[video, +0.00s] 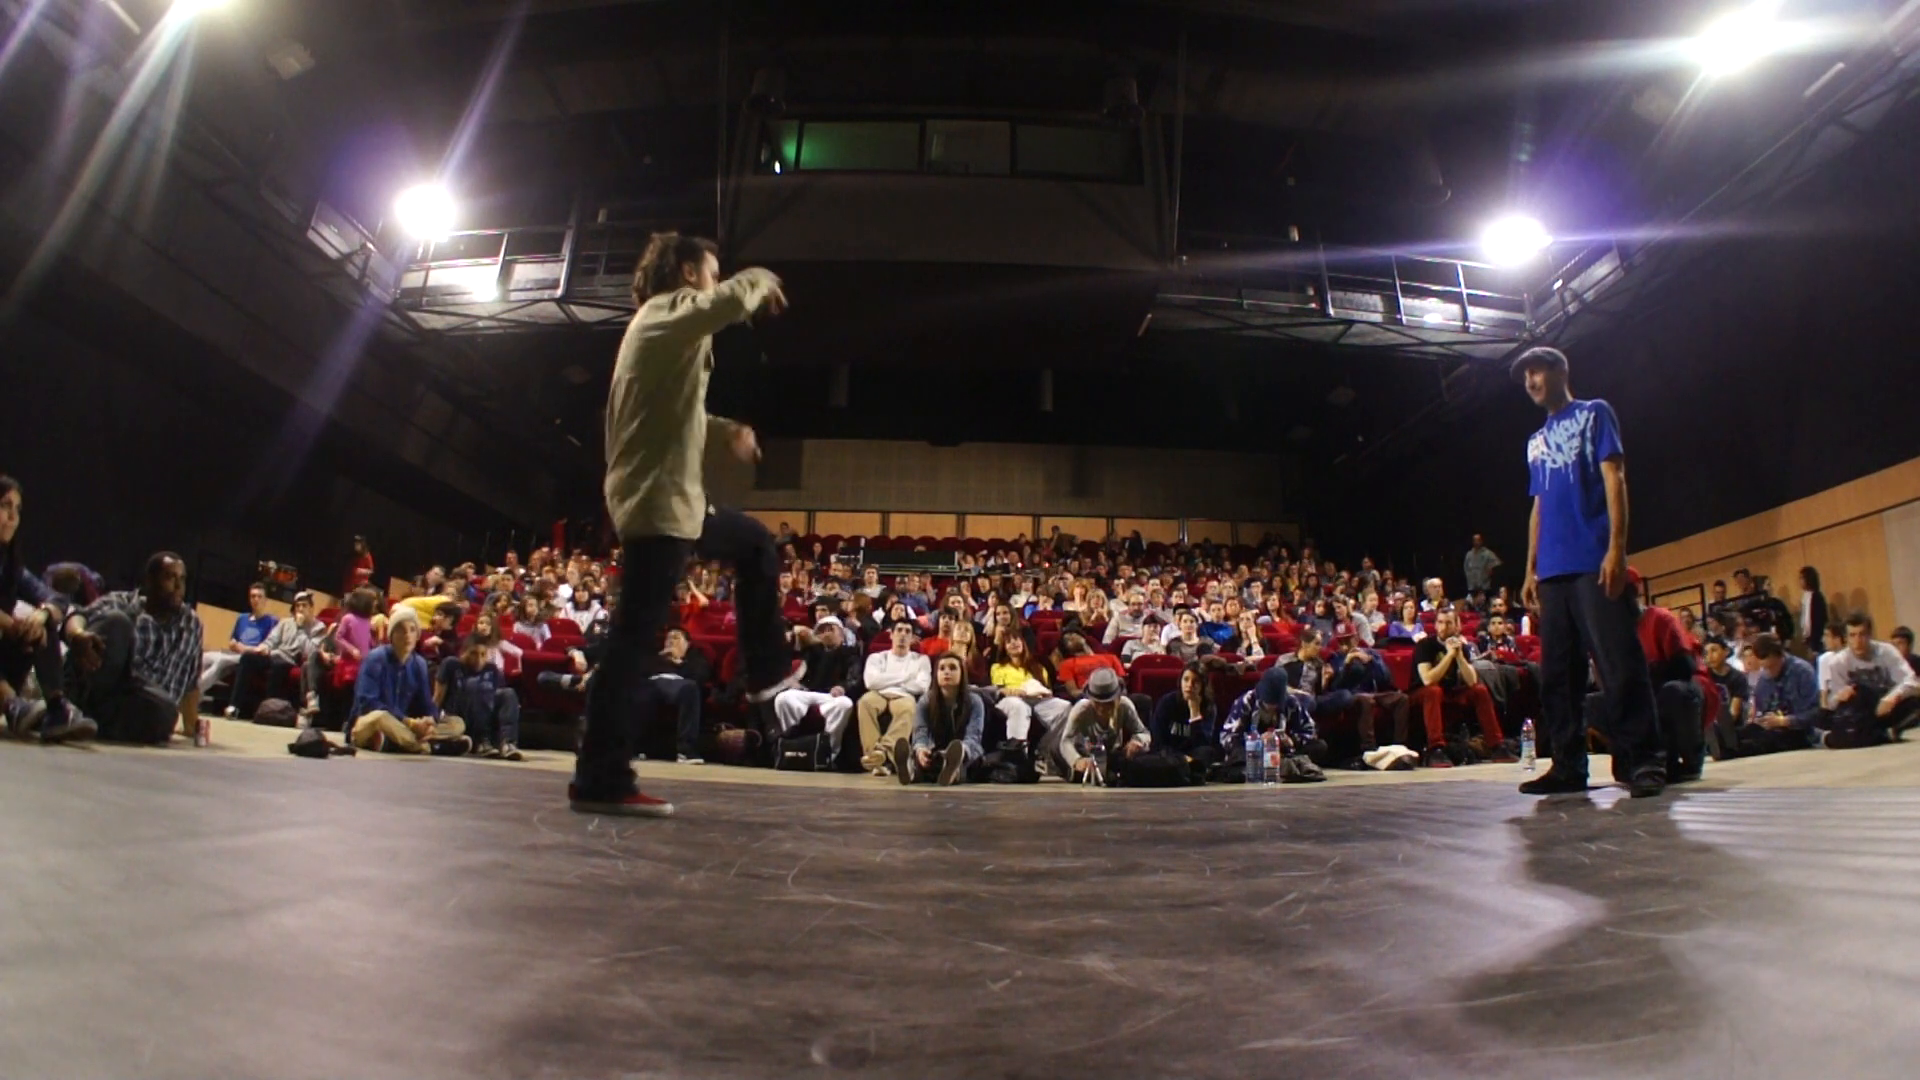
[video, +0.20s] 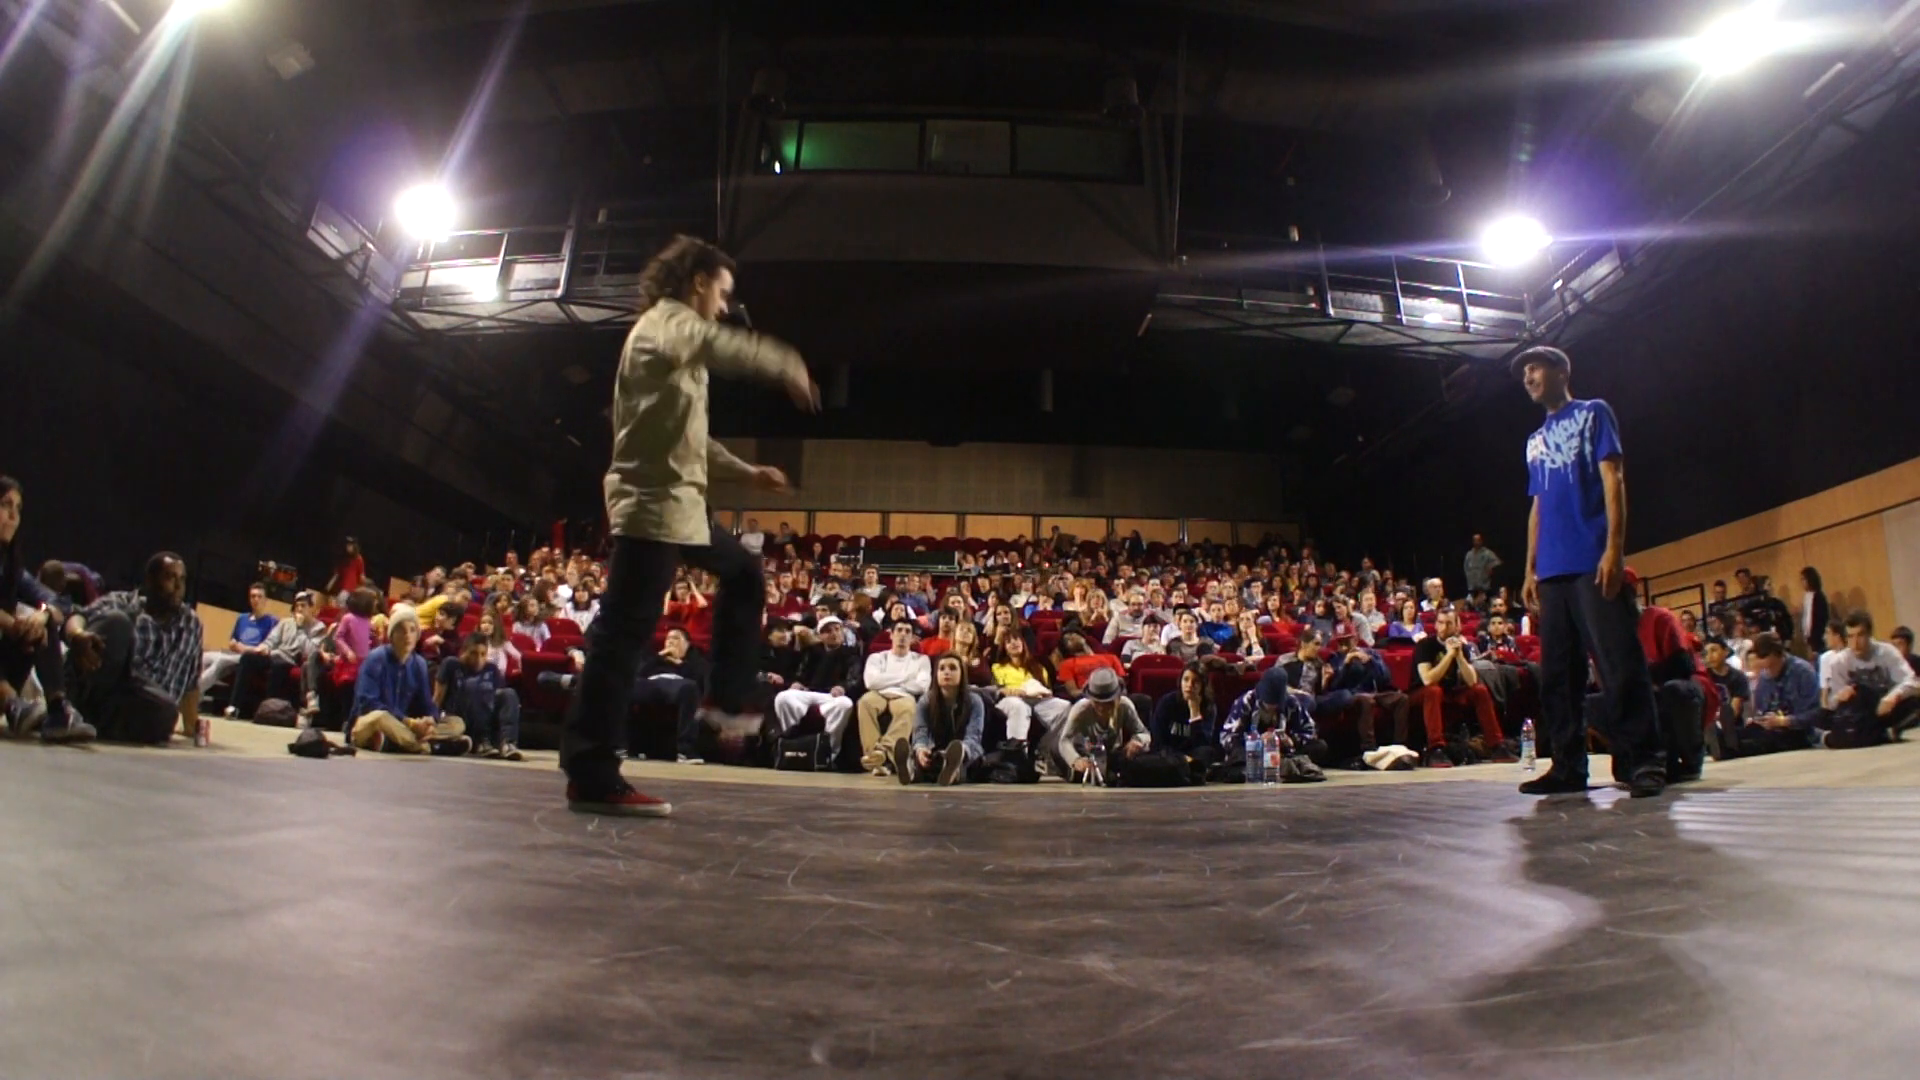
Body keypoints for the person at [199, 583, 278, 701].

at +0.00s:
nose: (256, 600)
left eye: (259, 596)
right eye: (253, 596)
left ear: (265, 599)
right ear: (249, 599)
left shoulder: (271, 621)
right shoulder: (242, 618)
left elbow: (265, 648)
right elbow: (233, 640)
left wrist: (243, 648)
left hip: (252, 656)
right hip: (234, 653)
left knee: (221, 661)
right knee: (204, 657)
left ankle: (195, 692)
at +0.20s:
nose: (256, 600)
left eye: (259, 596)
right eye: (253, 596)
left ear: (265, 600)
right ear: (249, 599)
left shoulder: (272, 622)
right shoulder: (242, 618)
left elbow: (264, 648)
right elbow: (233, 640)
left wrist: (241, 647)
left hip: (252, 655)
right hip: (234, 652)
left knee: (221, 661)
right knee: (204, 657)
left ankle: (194, 692)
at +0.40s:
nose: (256, 600)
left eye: (259, 596)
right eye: (253, 596)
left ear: (265, 600)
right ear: (249, 599)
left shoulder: (272, 622)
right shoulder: (242, 618)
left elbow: (266, 648)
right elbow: (233, 640)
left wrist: (243, 648)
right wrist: (235, 645)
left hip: (253, 656)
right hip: (235, 653)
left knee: (222, 661)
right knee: (203, 657)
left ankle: (194, 692)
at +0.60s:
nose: (256, 600)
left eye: (259, 596)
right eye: (253, 596)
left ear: (265, 599)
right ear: (249, 599)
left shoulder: (272, 622)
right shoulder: (242, 618)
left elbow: (266, 648)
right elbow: (233, 639)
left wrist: (243, 648)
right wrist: (235, 645)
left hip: (253, 656)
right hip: (235, 653)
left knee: (221, 661)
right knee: (203, 657)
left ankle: (195, 692)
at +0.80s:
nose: (256, 600)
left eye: (259, 596)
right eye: (253, 596)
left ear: (265, 599)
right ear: (249, 599)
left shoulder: (272, 622)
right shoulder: (242, 618)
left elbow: (265, 648)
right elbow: (233, 640)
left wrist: (242, 648)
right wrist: (234, 645)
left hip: (252, 656)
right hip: (234, 653)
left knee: (221, 661)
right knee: (203, 657)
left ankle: (195, 693)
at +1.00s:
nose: (256, 600)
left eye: (259, 596)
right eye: (253, 596)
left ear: (265, 599)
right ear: (249, 598)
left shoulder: (271, 621)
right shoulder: (242, 618)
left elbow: (266, 647)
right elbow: (233, 640)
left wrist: (243, 648)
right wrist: (236, 646)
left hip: (253, 656)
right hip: (235, 653)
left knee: (221, 661)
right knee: (203, 657)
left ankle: (195, 691)